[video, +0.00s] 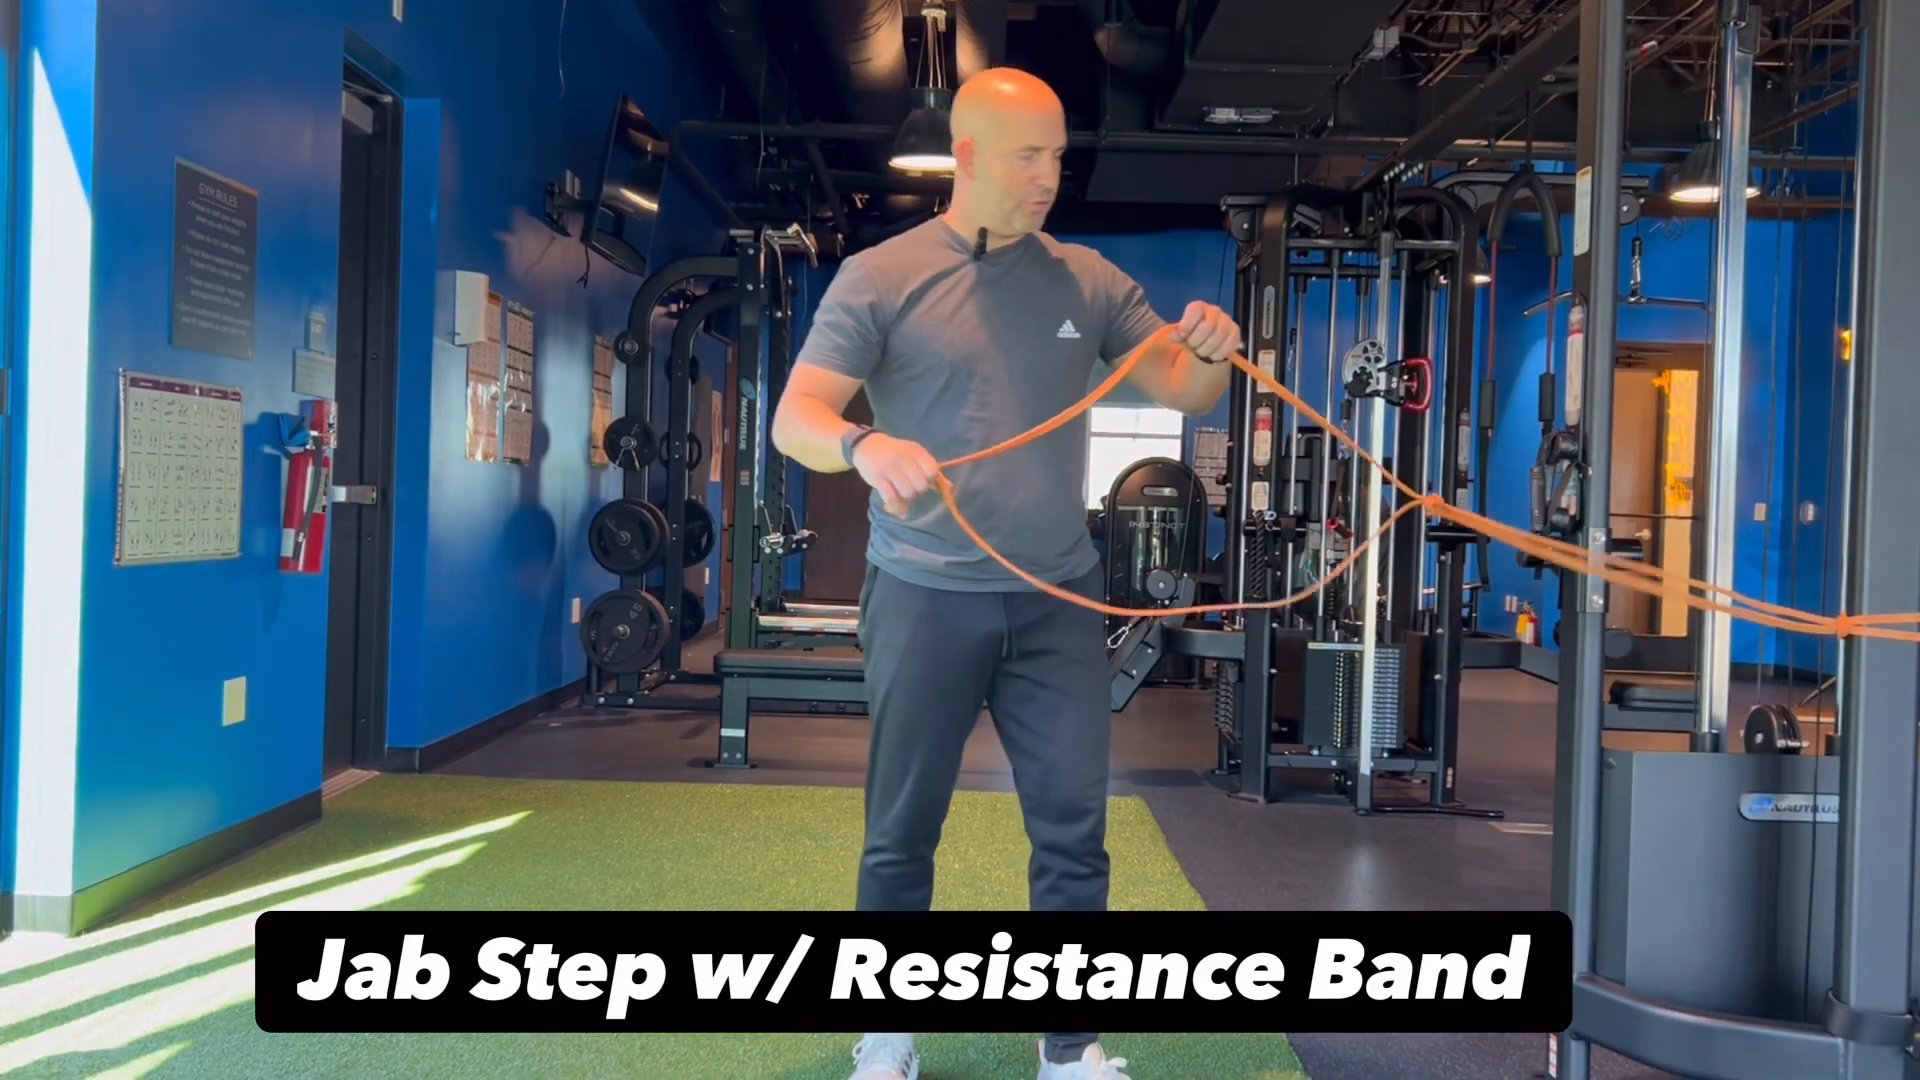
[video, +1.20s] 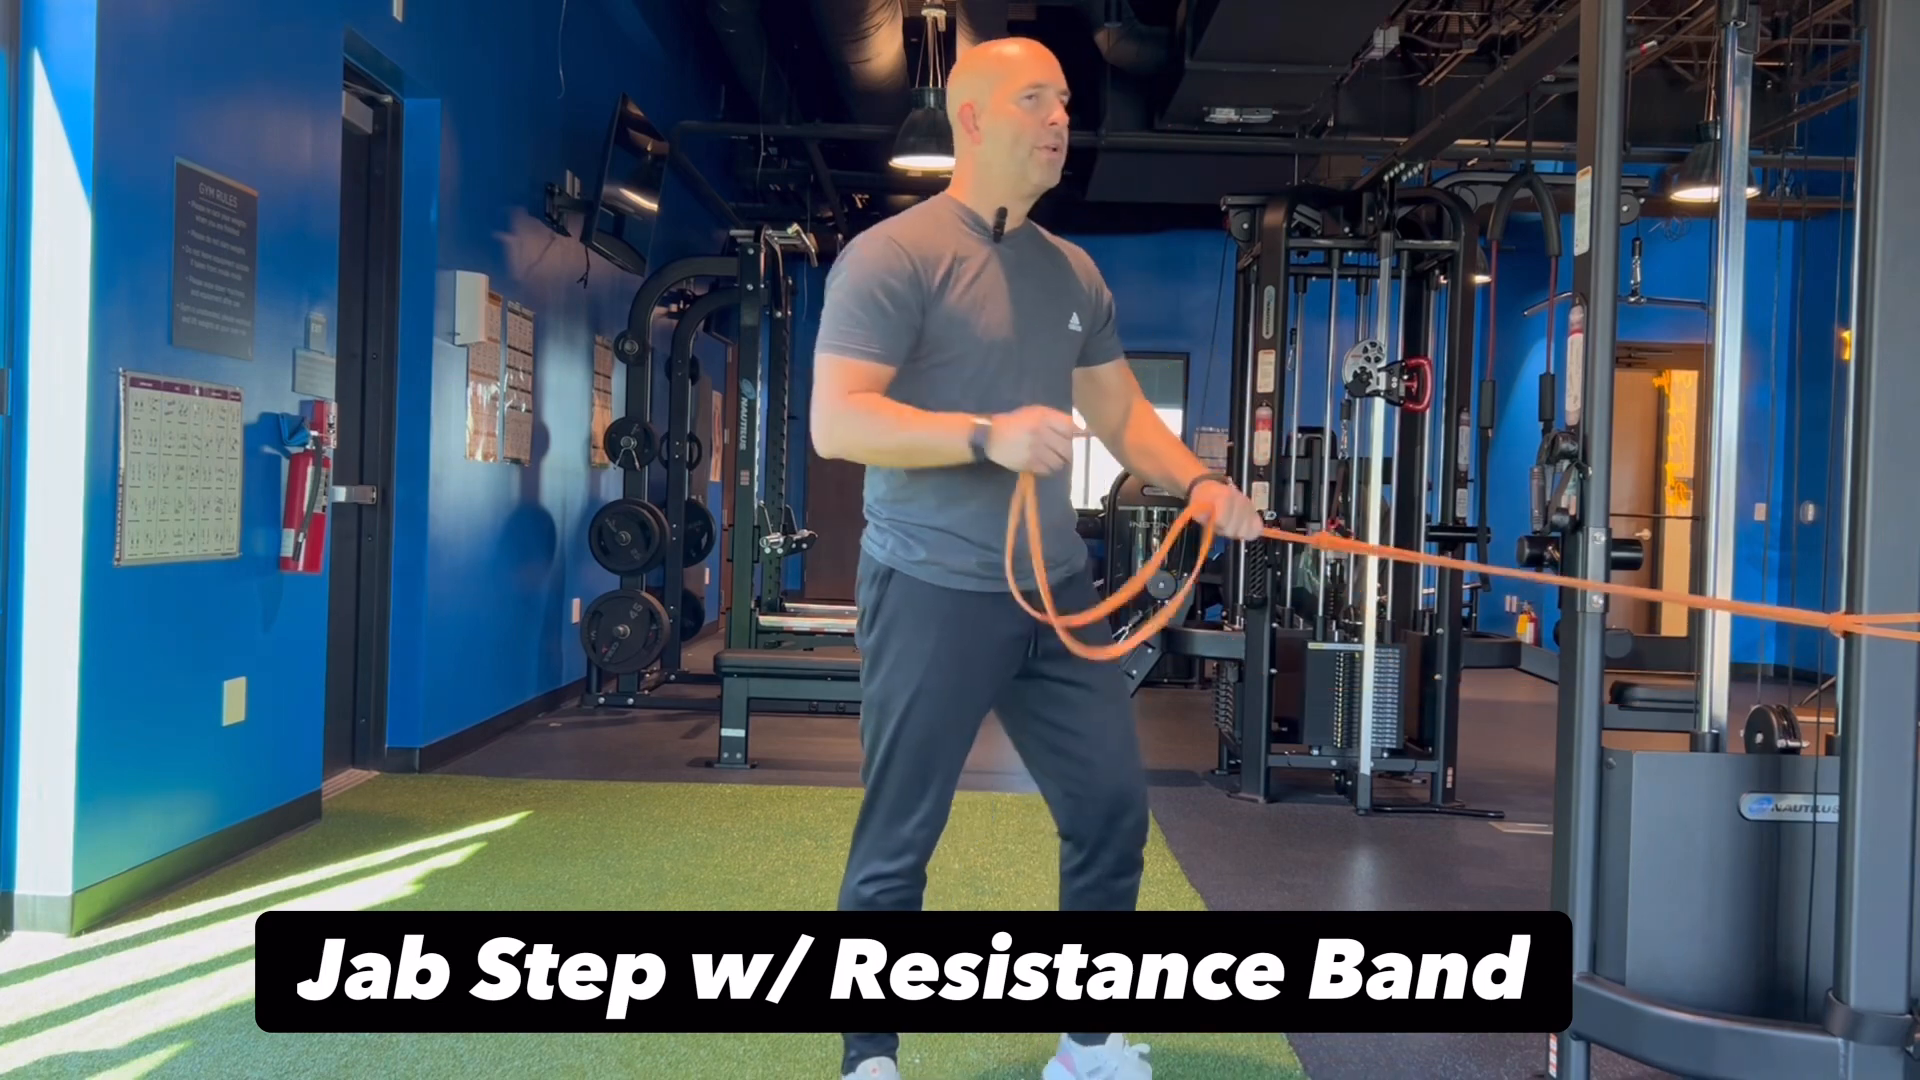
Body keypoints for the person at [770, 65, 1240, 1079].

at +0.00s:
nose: (1053, 177)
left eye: (1059, 158)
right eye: (1033, 157)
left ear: (1055, 161)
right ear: (968, 159)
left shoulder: (1088, 279)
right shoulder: (879, 277)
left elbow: (1189, 392)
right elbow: (796, 419)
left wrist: (1213, 350)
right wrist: (861, 446)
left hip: (1061, 593)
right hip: (926, 592)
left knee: (1074, 831)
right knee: (901, 836)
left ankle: (1071, 1044)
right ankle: (883, 1035)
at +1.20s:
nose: (1063, 118)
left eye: (1064, 103)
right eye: (1039, 101)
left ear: (1059, 126)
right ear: (971, 121)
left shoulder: (1074, 270)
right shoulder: (887, 258)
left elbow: (1119, 409)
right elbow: (837, 421)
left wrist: (1198, 481)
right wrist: (984, 435)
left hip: (1058, 581)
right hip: (932, 583)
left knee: (1113, 809)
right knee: (899, 832)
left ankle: (1093, 1038)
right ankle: (869, 1053)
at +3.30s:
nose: (1410, 147)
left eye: (1433, 135)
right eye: (1392, 127)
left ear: (1453, 168)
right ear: (1350, 149)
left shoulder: (1470, 306)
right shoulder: (1259, 263)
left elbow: (1558, 437)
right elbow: (1168, 395)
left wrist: (1664, 520)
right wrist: (1232, 412)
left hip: (1389, 601)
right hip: (1249, 592)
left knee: (1361, 849)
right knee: (1202, 834)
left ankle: (1334, 1045)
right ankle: (1163, 1041)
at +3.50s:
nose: (1394, 142)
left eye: (1418, 131)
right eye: (1377, 124)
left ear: (1447, 166)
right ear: (1341, 150)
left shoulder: (1471, 308)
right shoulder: (1254, 266)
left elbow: (1536, 446)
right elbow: (1172, 402)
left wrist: (1653, 536)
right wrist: (1241, 424)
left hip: (1392, 603)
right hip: (1249, 592)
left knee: (1362, 849)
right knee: (1204, 833)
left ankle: (1332, 1042)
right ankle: (1164, 1041)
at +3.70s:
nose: (1395, 145)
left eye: (1419, 132)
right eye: (1378, 126)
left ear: (1445, 166)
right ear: (1342, 150)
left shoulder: (1470, 306)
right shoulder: (1253, 265)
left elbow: (1531, 443)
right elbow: (1171, 403)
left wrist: (1650, 532)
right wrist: (1255, 436)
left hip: (1392, 602)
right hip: (1249, 590)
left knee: (1362, 848)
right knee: (1203, 834)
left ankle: (1332, 1044)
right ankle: (1162, 1042)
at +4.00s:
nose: (1488, 193)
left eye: (1492, 173)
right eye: (1475, 170)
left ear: (1421, 173)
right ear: (1401, 166)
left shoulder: (1468, 309)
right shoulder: (1254, 263)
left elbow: (1551, 443)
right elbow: (1163, 395)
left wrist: (1669, 531)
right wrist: (1238, 433)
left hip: (1391, 603)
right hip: (1248, 592)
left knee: (1363, 848)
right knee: (1202, 834)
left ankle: (1333, 1045)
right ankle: (1161, 1043)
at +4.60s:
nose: (1508, 204)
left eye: (1516, 184)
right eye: (1493, 179)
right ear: (1418, 167)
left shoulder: (1491, 319)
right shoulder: (1281, 256)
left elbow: (1598, 440)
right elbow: (1174, 379)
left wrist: (1734, 523)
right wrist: (1230, 408)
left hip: (1393, 605)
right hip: (1250, 591)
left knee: (1363, 849)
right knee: (1201, 833)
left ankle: (1329, 1042)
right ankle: (1161, 1040)